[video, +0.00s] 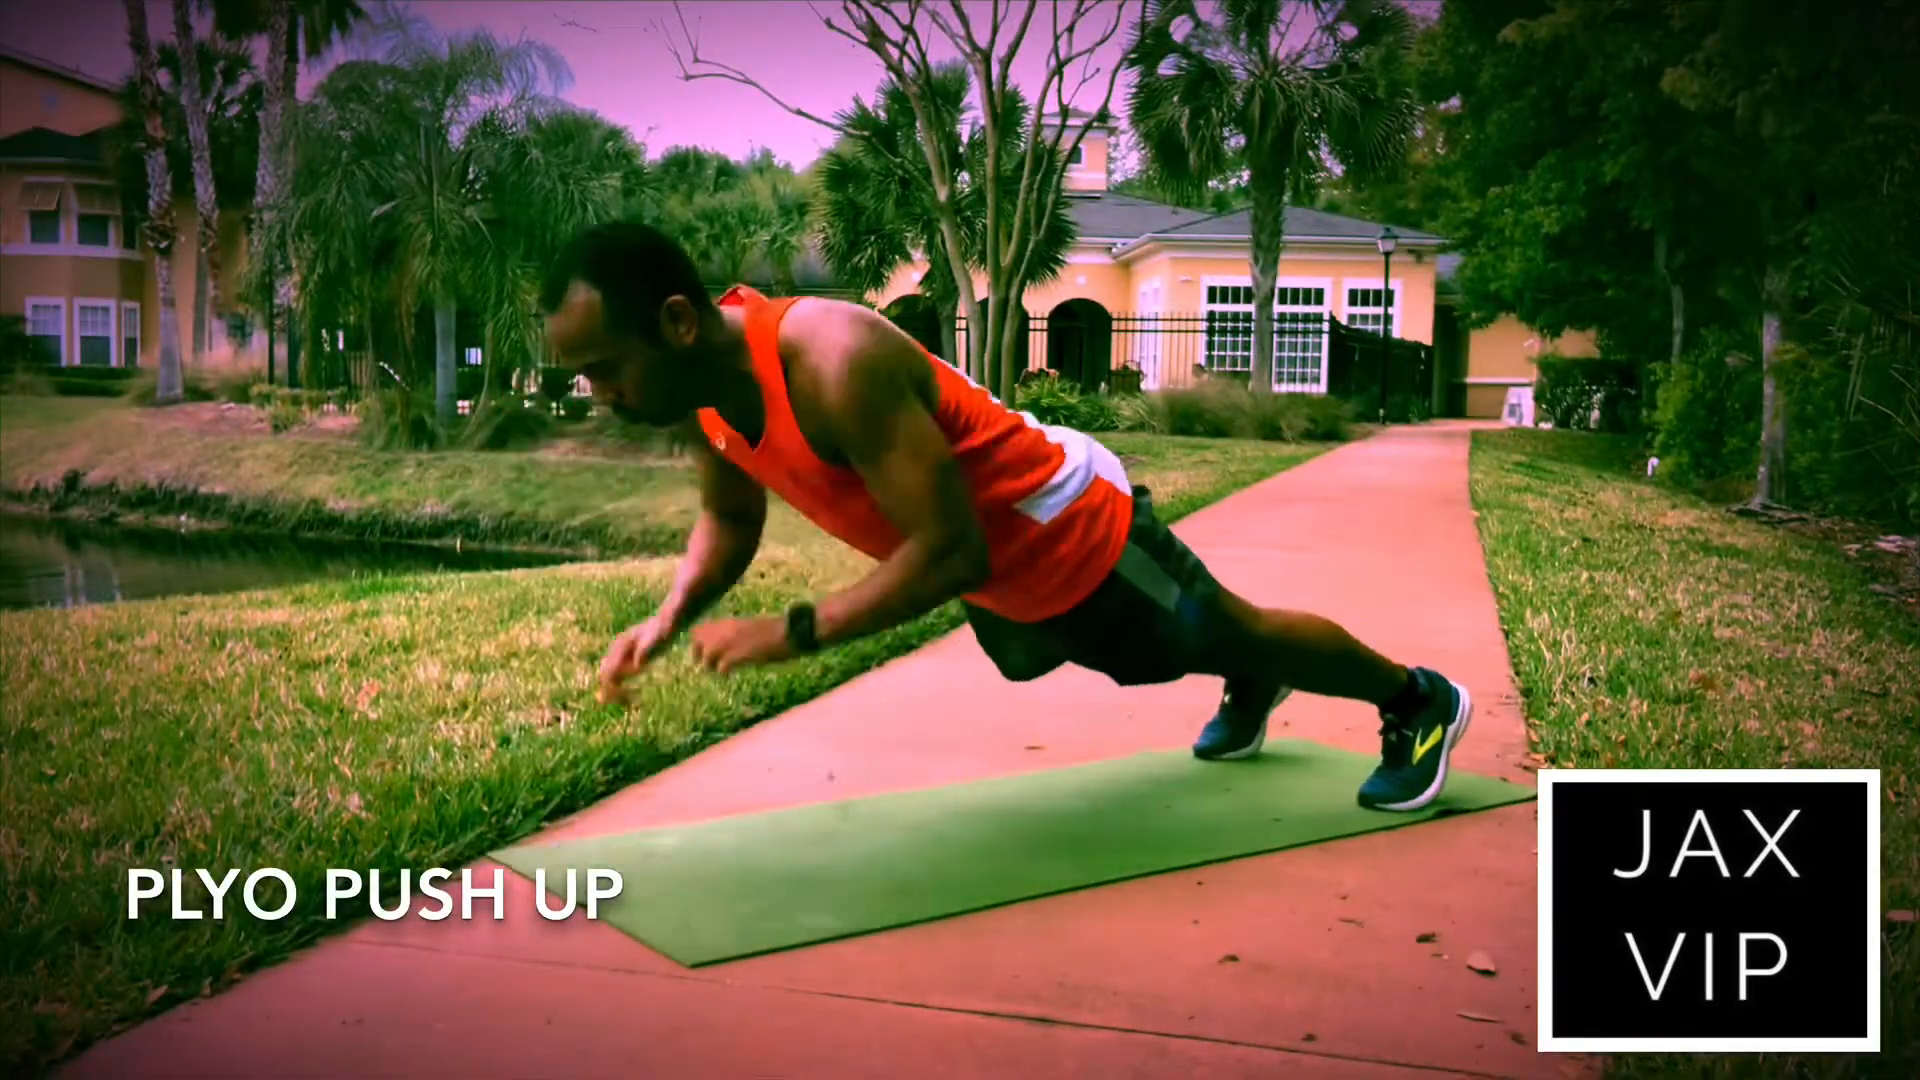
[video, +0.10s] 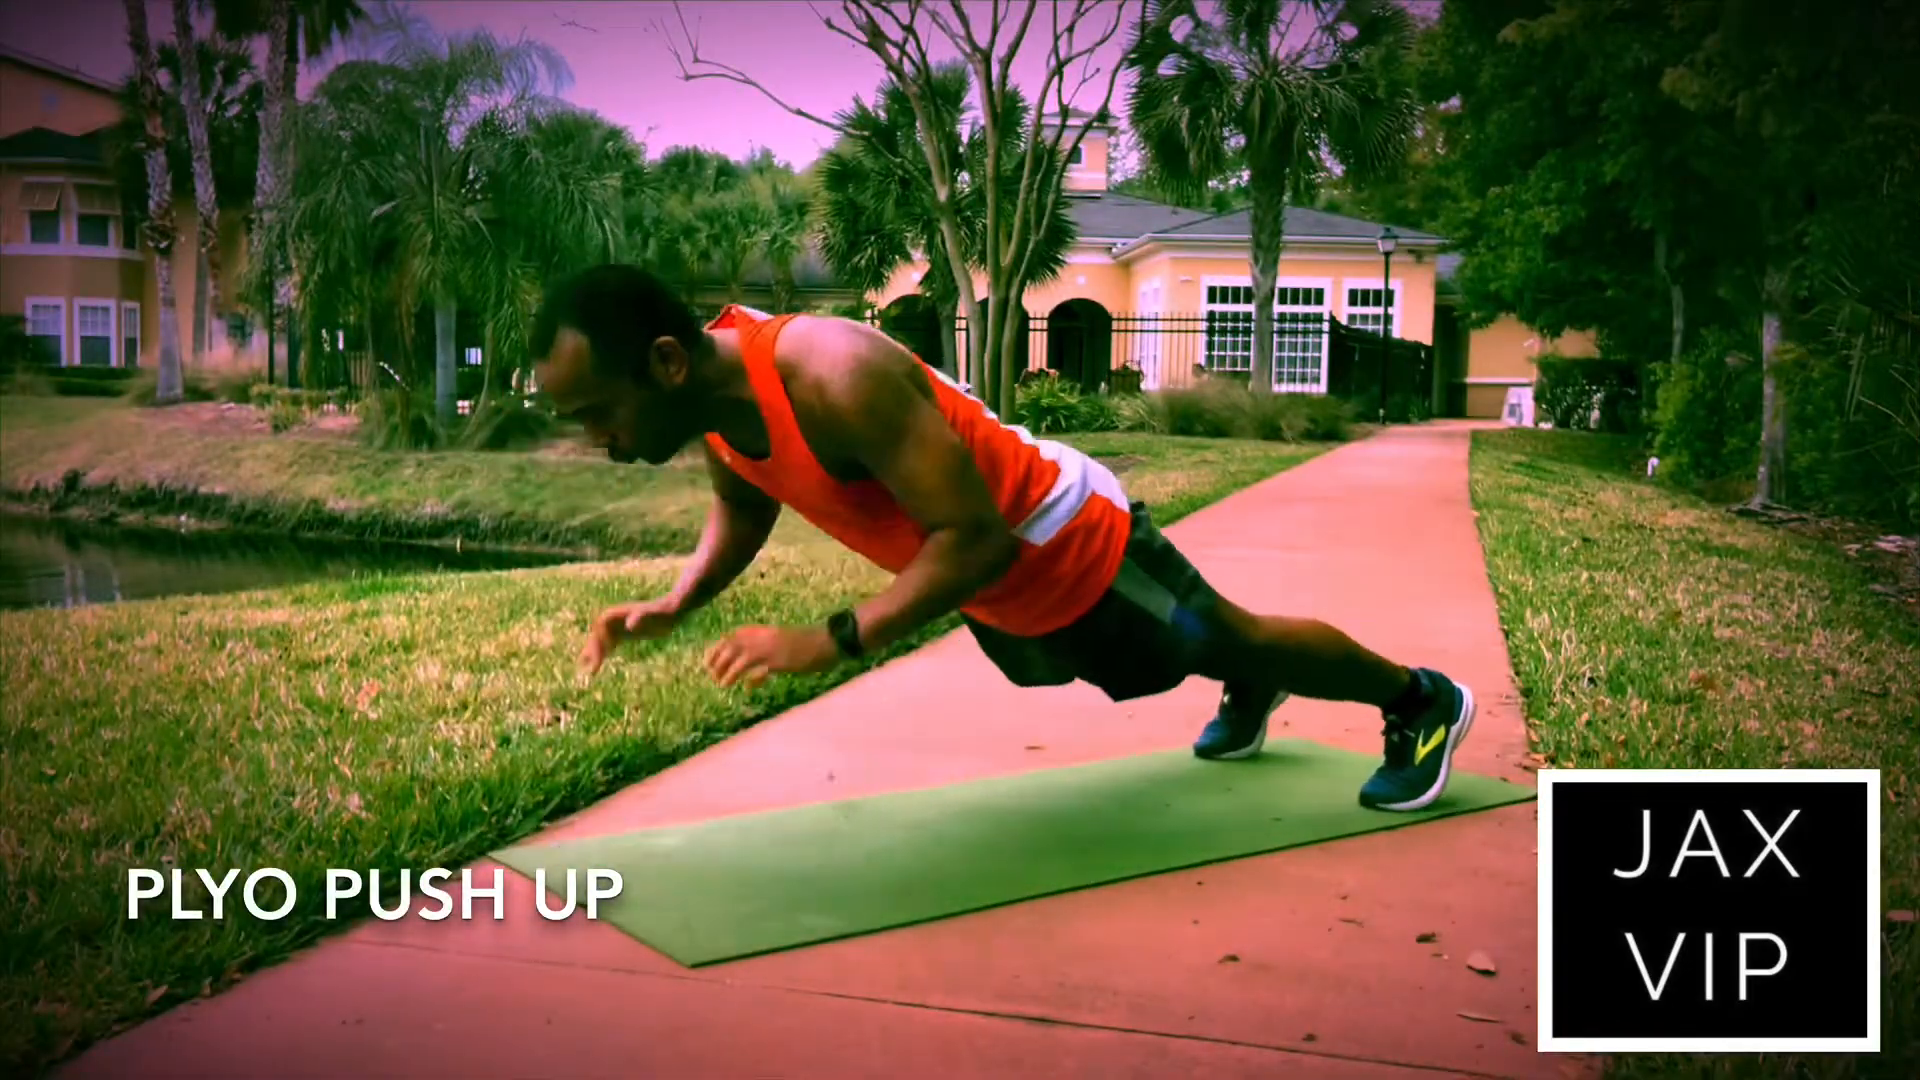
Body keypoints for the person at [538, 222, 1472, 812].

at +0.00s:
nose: (598, 395)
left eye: (599, 368)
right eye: (582, 379)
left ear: (674, 316)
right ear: (663, 324)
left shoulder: (839, 358)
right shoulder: (717, 394)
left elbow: (953, 550)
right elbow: (728, 516)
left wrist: (801, 630)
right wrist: (671, 609)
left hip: (1073, 523)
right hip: (993, 558)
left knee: (1233, 636)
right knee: (1117, 637)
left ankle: (1418, 697)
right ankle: (1251, 673)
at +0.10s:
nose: (591, 442)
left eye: (590, 413)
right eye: (573, 420)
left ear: (662, 360)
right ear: (653, 360)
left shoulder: (839, 373)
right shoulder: (716, 396)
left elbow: (977, 534)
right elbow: (750, 491)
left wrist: (841, 641)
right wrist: (686, 594)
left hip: (1068, 537)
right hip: (986, 572)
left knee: (1236, 637)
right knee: (1122, 653)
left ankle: (1420, 696)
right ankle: (1253, 675)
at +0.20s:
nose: (561, 514)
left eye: (558, 489)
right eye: (545, 497)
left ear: (630, 439)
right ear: (617, 438)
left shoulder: (805, 460)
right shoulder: (683, 468)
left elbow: (881, 682)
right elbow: (672, 635)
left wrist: (797, 862)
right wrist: (634, 786)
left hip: (1064, 570)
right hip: (992, 604)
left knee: (1245, 654)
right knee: (1139, 677)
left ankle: (1420, 696)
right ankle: (1257, 686)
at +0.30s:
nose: (516, 657)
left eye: (515, 634)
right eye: (500, 641)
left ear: (580, 576)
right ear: (570, 571)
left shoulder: (746, 562)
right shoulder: (639, 560)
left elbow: (896, 732)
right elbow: (693, 672)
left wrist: (818, 896)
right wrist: (656, 809)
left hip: (1039, 617)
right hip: (975, 635)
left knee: (1223, 685)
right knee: (1129, 723)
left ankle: (1411, 695)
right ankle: (1233, 708)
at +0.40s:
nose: (474, 748)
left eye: (472, 726)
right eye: (457, 732)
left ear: (543, 666)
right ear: (529, 657)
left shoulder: (706, 634)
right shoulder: (599, 617)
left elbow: (892, 745)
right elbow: (673, 685)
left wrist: (821, 900)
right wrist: (652, 800)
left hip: (1018, 687)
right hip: (950, 649)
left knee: (1205, 719)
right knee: (1094, 675)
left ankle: (1394, 693)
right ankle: (1218, 651)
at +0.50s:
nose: (450, 817)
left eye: (453, 795)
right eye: (435, 799)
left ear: (525, 736)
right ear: (515, 728)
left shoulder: (686, 702)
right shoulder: (575, 669)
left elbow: (887, 740)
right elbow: (677, 700)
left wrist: (818, 898)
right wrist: (649, 807)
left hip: (997, 730)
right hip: (916, 682)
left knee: (1196, 740)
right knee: (1059, 695)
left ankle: (1390, 691)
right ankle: (1210, 660)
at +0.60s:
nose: (452, 856)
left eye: (452, 835)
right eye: (434, 840)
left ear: (519, 775)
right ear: (502, 755)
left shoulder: (666, 740)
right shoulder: (563, 701)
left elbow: (878, 743)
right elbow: (662, 673)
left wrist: (811, 896)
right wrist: (623, 816)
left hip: (992, 751)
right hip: (913, 696)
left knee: (1197, 752)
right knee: (1058, 712)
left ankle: (1384, 693)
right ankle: (1209, 663)